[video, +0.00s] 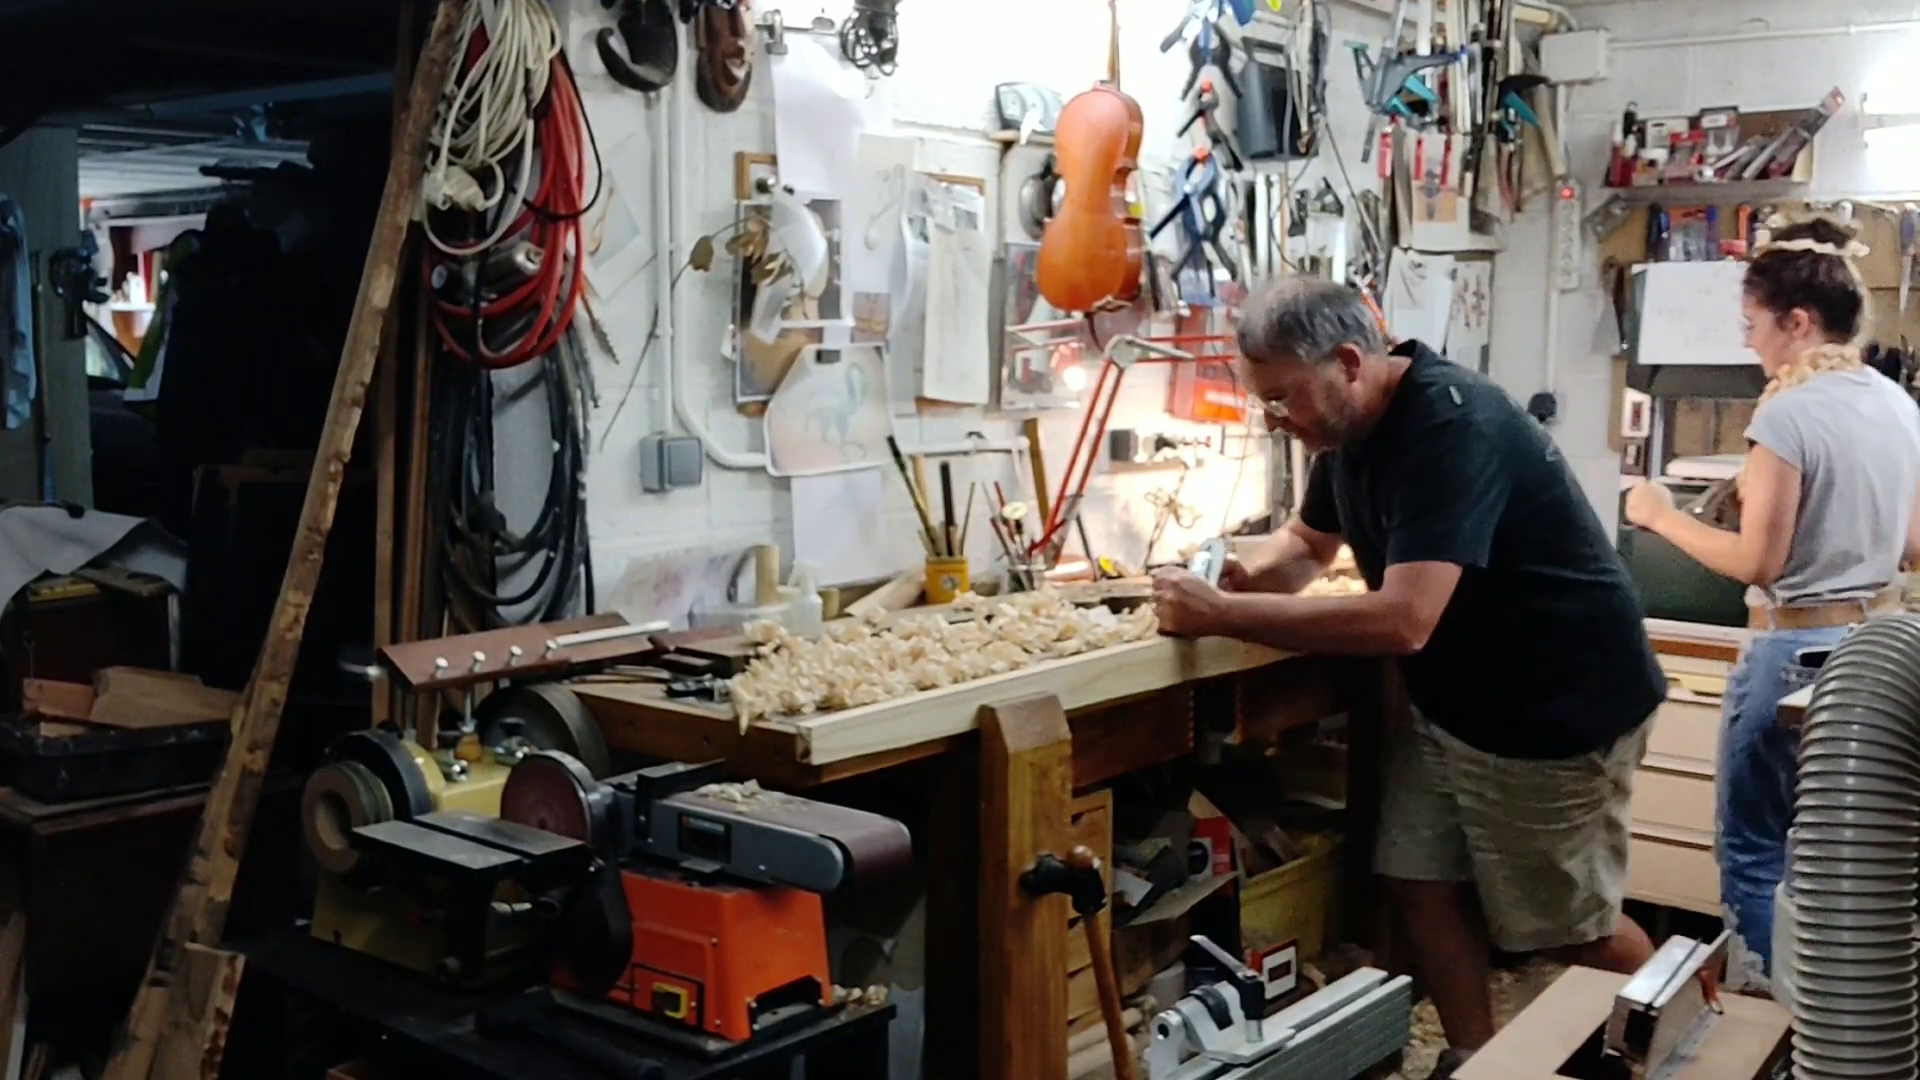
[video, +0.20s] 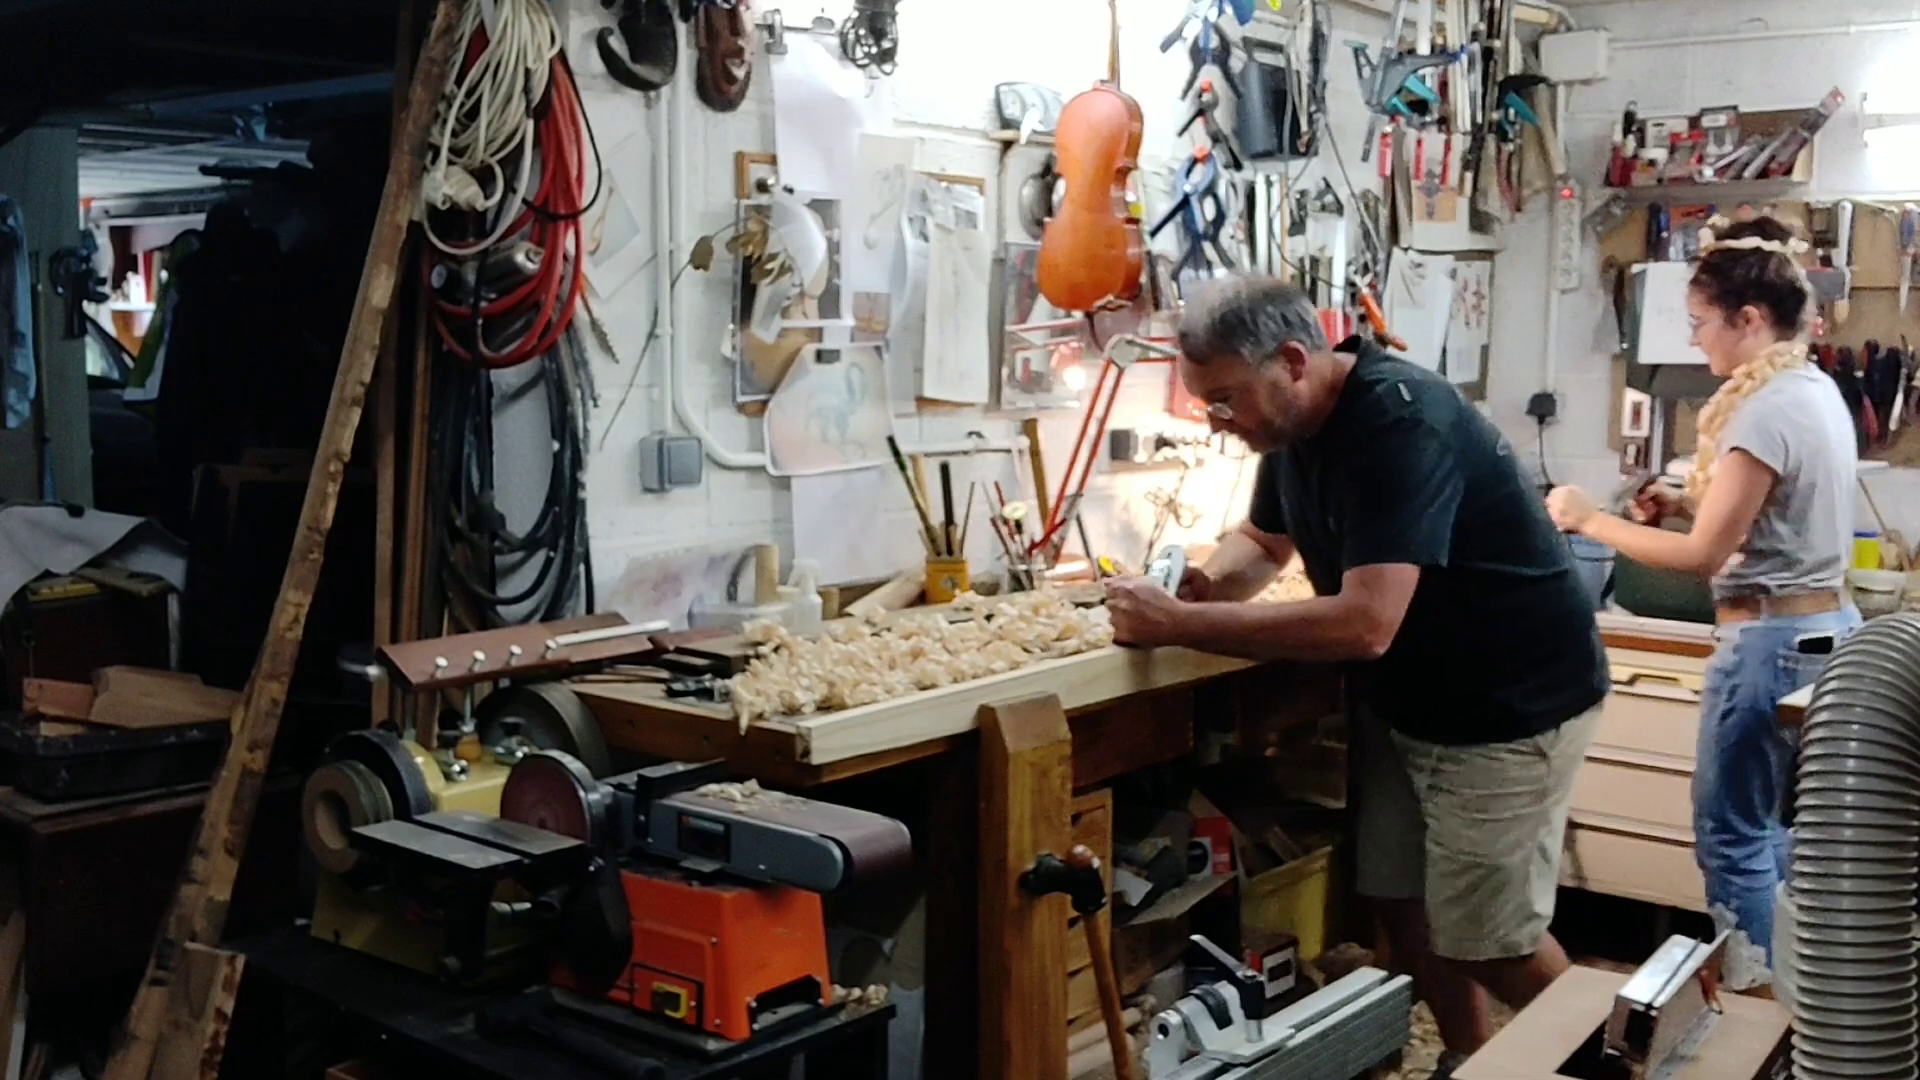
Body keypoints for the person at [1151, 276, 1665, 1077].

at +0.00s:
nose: (1281, 423)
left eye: (1286, 399)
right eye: (1269, 406)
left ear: (1350, 360)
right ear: (1345, 361)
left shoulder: (1453, 423)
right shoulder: (1348, 430)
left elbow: (1403, 620)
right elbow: (1309, 544)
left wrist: (1223, 614)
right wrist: (1247, 575)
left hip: (1560, 714)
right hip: (1452, 702)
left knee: (1571, 928)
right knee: (1423, 884)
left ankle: (1694, 1005)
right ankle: (1473, 1063)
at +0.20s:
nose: (1217, 423)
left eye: (1226, 402)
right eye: (1209, 406)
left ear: (1292, 362)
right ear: (1289, 363)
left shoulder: (1401, 418)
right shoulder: (1294, 428)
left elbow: (1366, 624)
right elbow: (1264, 543)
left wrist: (1179, 622)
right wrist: (1210, 583)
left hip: (1509, 709)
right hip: (1403, 703)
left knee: (1492, 938)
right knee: (1405, 912)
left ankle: (1601, 1049)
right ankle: (1473, 1060)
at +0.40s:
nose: (1174, 422)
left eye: (1181, 400)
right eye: (1164, 404)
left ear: (1249, 360)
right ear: (1243, 361)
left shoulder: (1361, 416)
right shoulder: (1257, 422)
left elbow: (1327, 632)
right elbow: (1228, 543)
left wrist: (1138, 629)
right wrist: (1172, 584)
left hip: (1488, 688)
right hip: (1401, 690)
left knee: (1424, 927)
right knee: (1410, 919)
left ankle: (1449, 1079)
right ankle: (1468, 1067)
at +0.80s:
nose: (1073, 420)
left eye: (1080, 394)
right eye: (1062, 401)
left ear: (1153, 353)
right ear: (1152, 354)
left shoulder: (1272, 413)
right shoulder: (1180, 415)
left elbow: (1225, 655)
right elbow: (1145, 558)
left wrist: (1020, 661)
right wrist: (1073, 613)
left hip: (1415, 730)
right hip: (1329, 726)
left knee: (1305, 975)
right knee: (1351, 952)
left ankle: (1422, 1063)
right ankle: (1437, 1065)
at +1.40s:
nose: (946, 419)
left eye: (952, 391)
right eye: (936, 397)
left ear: (1029, 346)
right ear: (1031, 346)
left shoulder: (1156, 413)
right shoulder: (1080, 410)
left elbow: (1087, 678)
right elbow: (1046, 579)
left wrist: (865, 693)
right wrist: (946, 638)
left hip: (1312, 763)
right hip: (1237, 753)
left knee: (1226, 1042)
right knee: (1211, 1029)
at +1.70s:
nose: (910, 324)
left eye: (912, 290)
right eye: (901, 297)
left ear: (990, 254)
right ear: (997, 253)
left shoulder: (1095, 348)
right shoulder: (1138, 325)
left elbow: (974, 582)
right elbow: (1063, 577)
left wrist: (777, 584)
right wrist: (879, 603)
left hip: (1239, 797)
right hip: (1317, 767)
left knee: (1106, 1064)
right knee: (1275, 1052)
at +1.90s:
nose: (974, 238)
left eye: (974, 200)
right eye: (965, 207)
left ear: (1044, 175)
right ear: (1057, 175)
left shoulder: (1104, 293)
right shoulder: (1242, 274)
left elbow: (933, 518)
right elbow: (1172, 533)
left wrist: (796, 478)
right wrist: (975, 540)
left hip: (1208, 784)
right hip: (1358, 757)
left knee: (1098, 1065)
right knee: (1305, 1058)